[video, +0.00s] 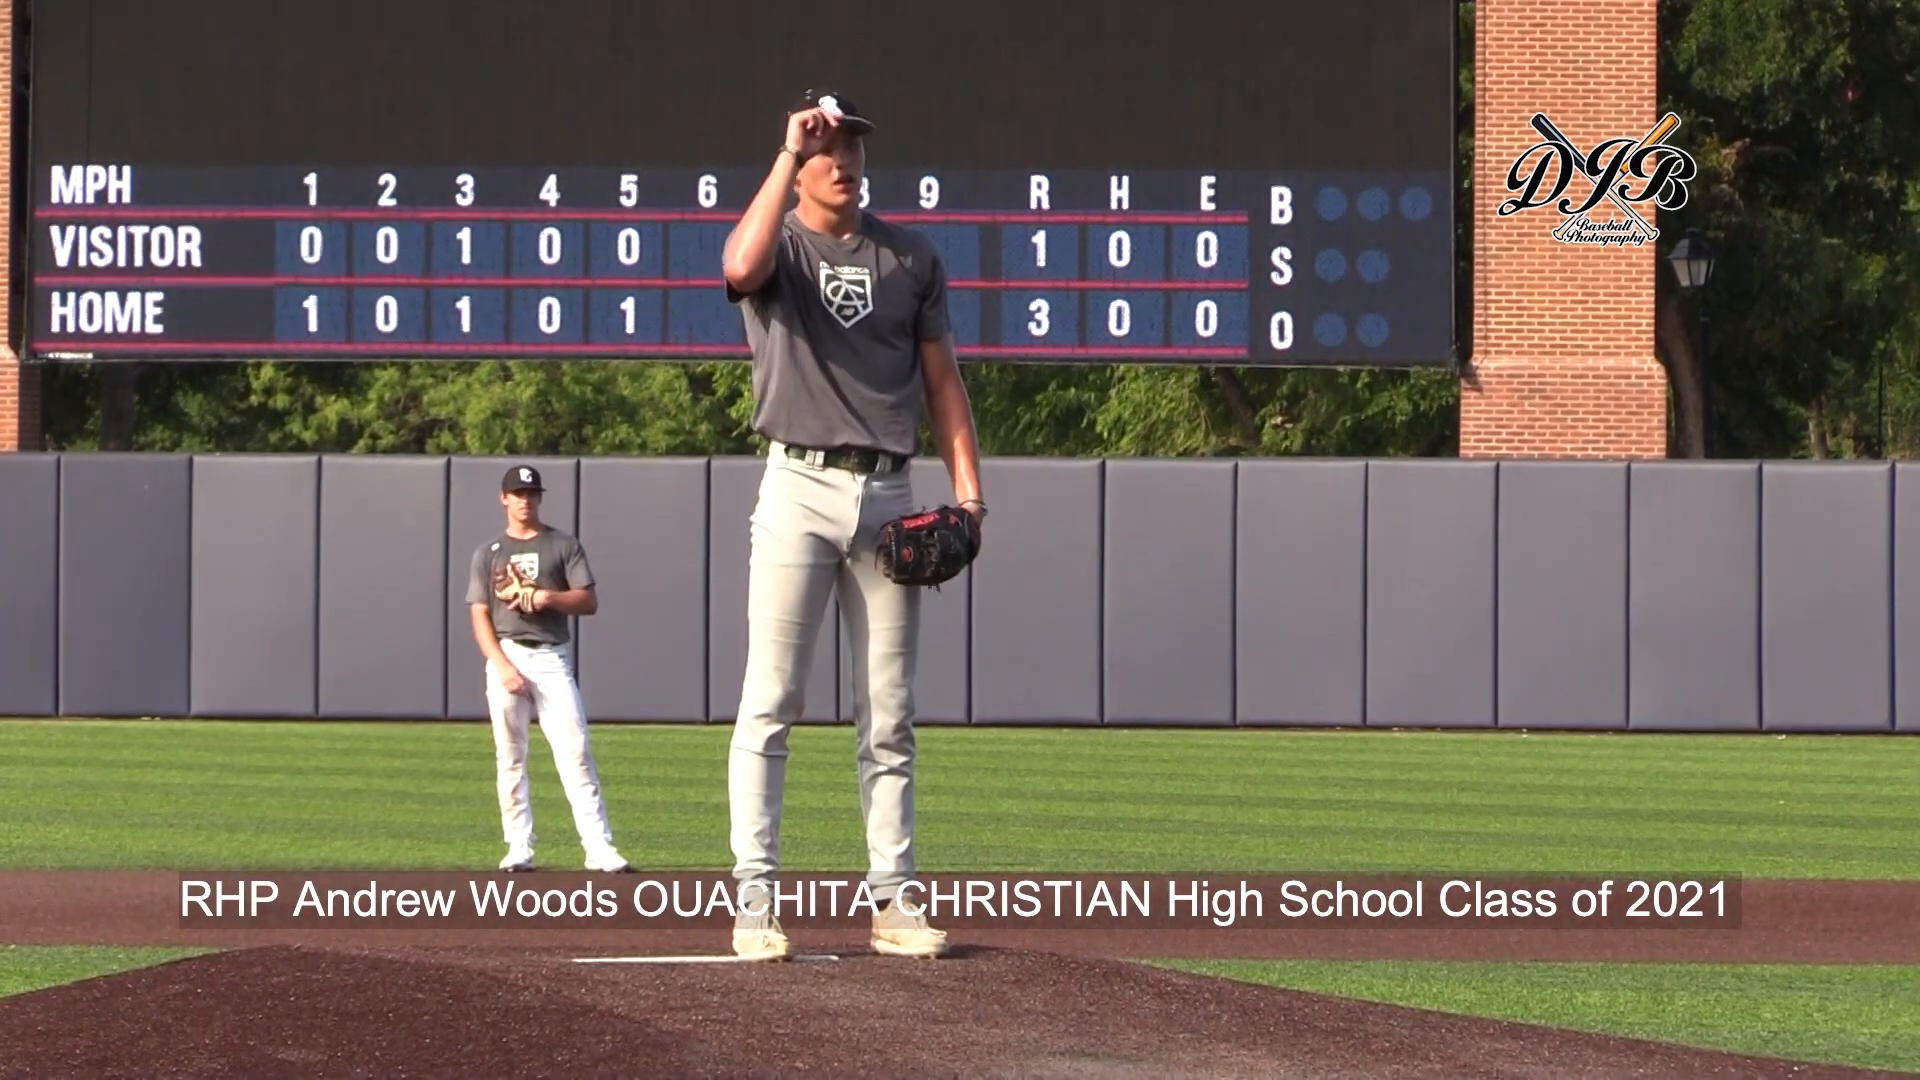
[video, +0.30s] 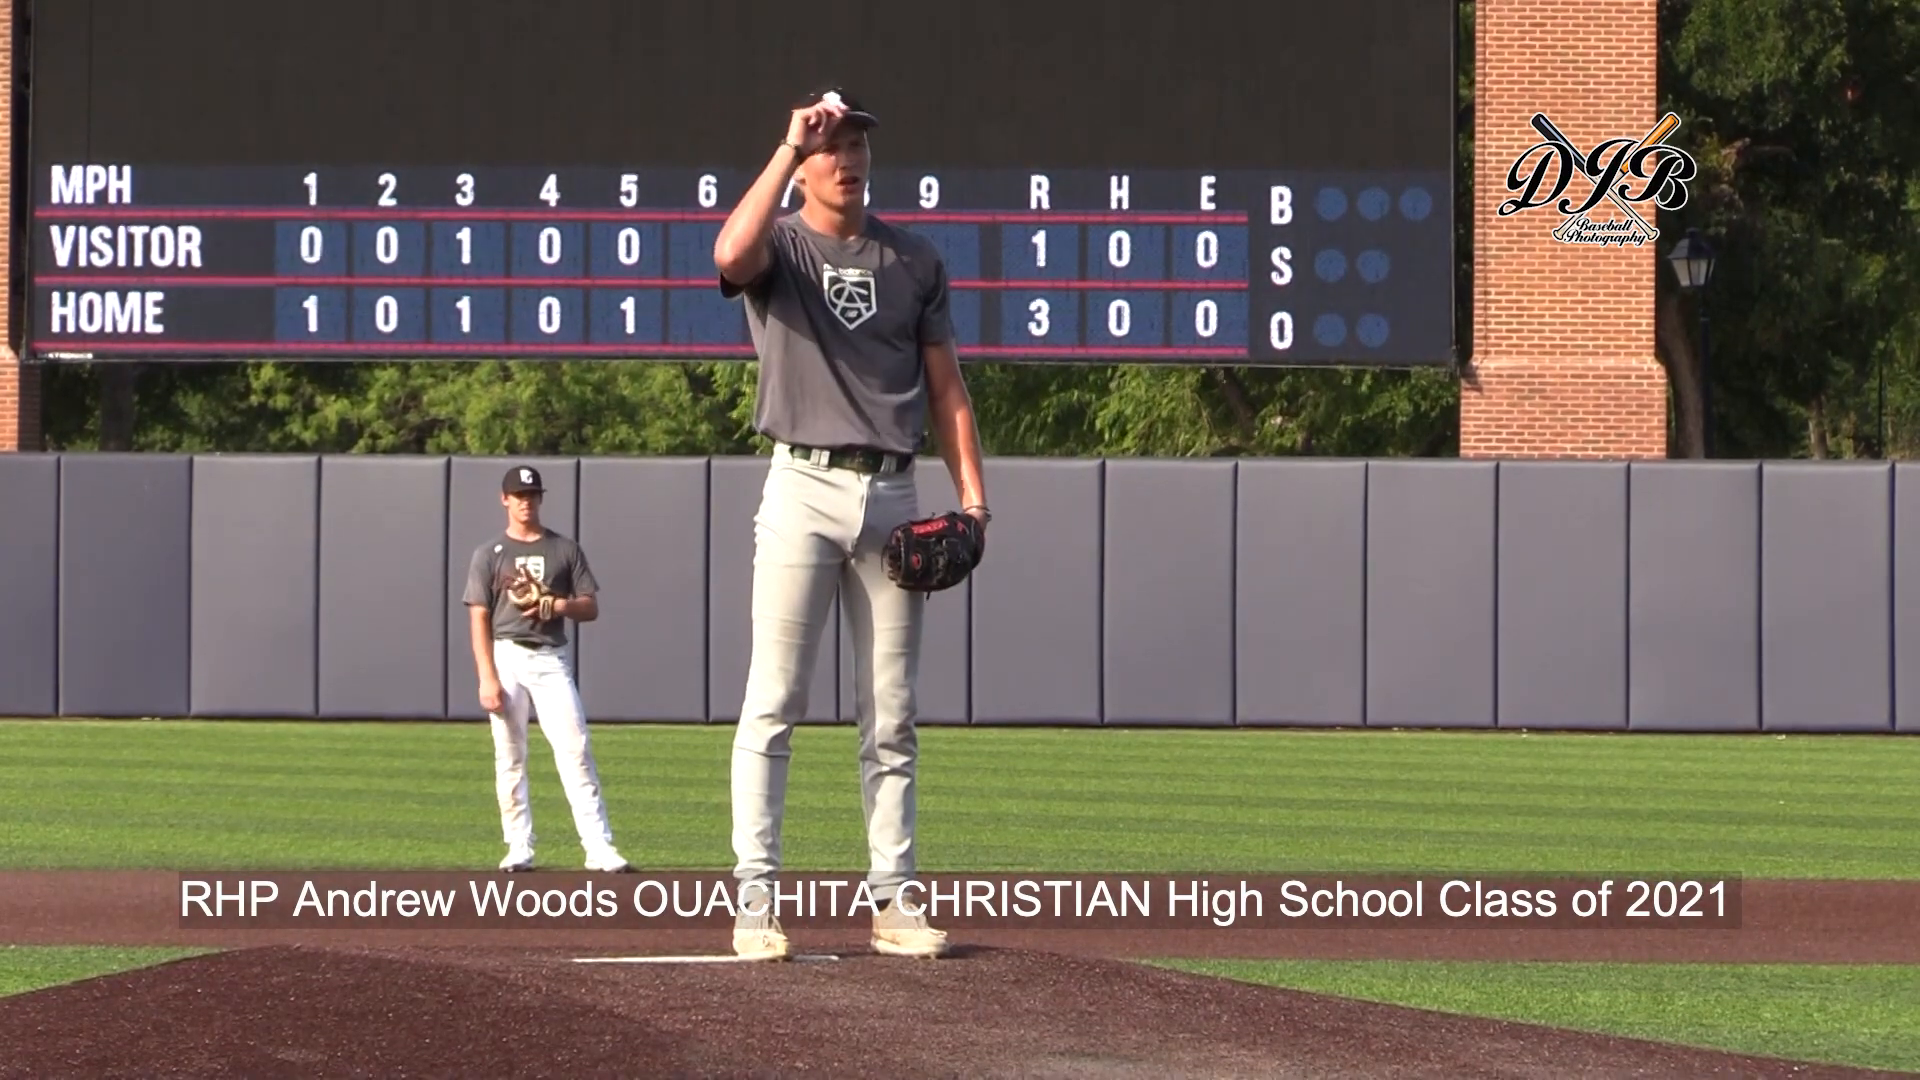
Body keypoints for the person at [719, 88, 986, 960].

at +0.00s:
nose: (838, 162)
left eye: (848, 148)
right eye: (821, 152)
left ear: (864, 160)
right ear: (795, 170)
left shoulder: (911, 256)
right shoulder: (772, 244)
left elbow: (943, 377)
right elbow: (740, 270)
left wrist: (967, 493)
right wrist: (789, 162)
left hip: (892, 498)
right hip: (796, 491)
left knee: (890, 716)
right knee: (769, 703)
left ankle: (893, 898)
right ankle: (755, 896)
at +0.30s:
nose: (843, 161)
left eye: (853, 147)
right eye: (826, 152)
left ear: (870, 157)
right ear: (798, 169)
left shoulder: (915, 262)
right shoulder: (776, 245)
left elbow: (947, 387)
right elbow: (730, 259)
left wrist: (972, 498)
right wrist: (789, 151)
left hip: (895, 498)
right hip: (801, 492)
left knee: (892, 716)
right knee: (773, 704)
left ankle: (893, 899)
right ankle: (756, 897)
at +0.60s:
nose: (847, 165)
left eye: (857, 153)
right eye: (831, 153)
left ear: (872, 162)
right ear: (803, 168)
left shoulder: (915, 259)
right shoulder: (777, 247)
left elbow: (947, 385)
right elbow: (725, 270)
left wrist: (973, 499)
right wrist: (794, 170)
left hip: (894, 499)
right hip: (800, 492)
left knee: (892, 717)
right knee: (772, 704)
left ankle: (893, 899)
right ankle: (757, 897)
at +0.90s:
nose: (856, 166)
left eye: (864, 151)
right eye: (839, 152)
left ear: (874, 160)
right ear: (801, 163)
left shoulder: (916, 264)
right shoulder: (767, 250)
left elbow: (946, 387)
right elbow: (727, 335)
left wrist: (970, 503)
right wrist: (792, 231)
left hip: (891, 499)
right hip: (796, 494)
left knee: (889, 715)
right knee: (770, 703)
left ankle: (893, 899)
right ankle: (756, 897)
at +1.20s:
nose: (861, 163)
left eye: (869, 149)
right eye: (844, 151)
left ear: (879, 161)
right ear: (805, 164)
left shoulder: (915, 268)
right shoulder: (769, 266)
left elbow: (944, 392)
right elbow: (732, 396)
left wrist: (965, 503)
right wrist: (779, 463)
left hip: (888, 501)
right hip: (792, 498)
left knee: (886, 713)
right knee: (769, 703)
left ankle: (893, 897)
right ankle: (755, 895)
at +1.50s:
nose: (860, 161)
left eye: (868, 148)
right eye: (843, 149)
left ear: (877, 160)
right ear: (803, 162)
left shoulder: (914, 266)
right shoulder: (763, 261)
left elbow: (943, 393)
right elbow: (727, 396)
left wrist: (965, 504)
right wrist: (755, 507)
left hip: (886, 496)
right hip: (790, 493)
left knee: (886, 713)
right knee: (768, 705)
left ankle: (893, 898)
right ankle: (756, 895)